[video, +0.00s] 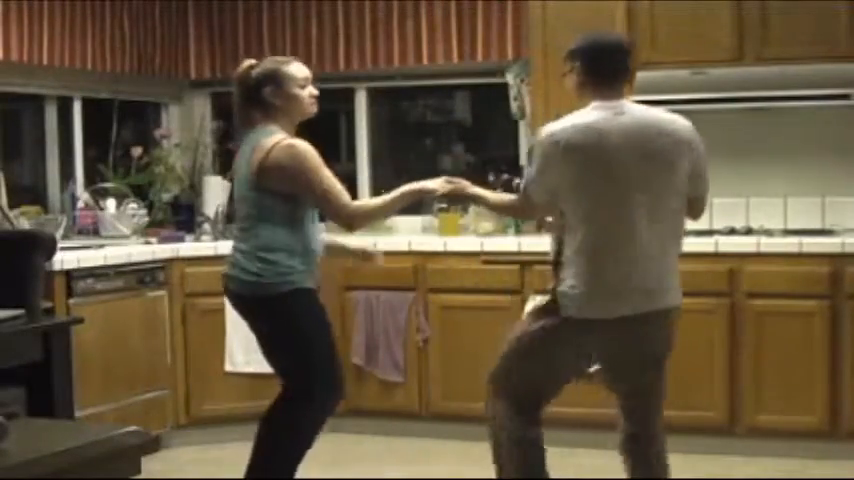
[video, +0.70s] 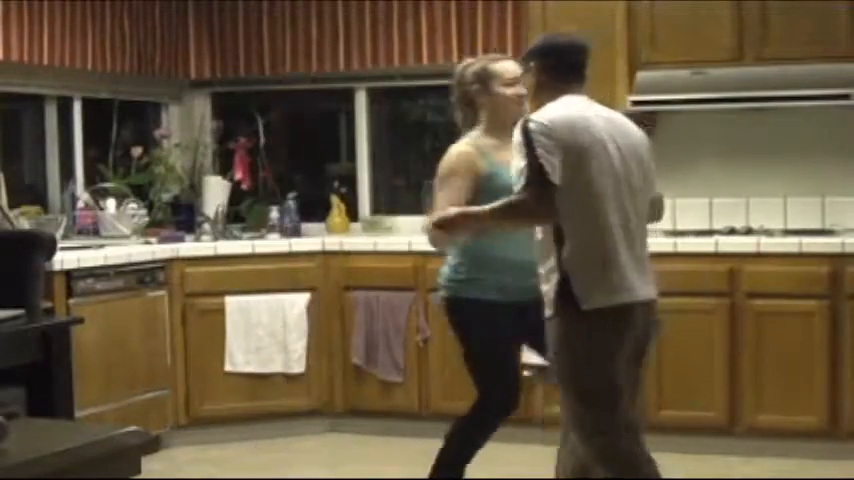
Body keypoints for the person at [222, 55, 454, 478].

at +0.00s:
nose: (315, 91)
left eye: (312, 83)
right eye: (304, 85)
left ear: (272, 97)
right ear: (274, 95)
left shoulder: (256, 144)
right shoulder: (292, 151)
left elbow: (283, 221)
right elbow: (350, 214)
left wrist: (347, 242)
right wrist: (416, 191)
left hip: (254, 281)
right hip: (279, 287)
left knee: (302, 386)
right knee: (322, 389)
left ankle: (261, 473)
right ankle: (269, 474)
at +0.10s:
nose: (330, 85)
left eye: (327, 76)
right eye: (319, 78)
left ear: (291, 89)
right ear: (288, 87)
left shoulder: (285, 141)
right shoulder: (295, 143)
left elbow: (313, 224)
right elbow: (357, 204)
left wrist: (386, 226)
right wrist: (426, 182)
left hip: (274, 276)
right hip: (284, 279)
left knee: (299, 379)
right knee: (347, 378)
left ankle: (252, 474)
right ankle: (304, 472)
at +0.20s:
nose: (352, 84)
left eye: (349, 77)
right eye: (340, 78)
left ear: (328, 89)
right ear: (309, 88)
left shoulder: (340, 140)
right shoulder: (308, 146)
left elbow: (364, 216)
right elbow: (368, 205)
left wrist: (423, 215)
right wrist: (442, 187)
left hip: (318, 280)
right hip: (295, 281)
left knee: (303, 383)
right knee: (362, 375)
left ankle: (246, 472)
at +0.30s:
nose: (381, 93)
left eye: (378, 86)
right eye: (370, 87)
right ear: (339, 98)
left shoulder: (379, 153)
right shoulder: (333, 158)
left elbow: (401, 219)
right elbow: (395, 218)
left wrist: (477, 204)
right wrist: (470, 201)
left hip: (355, 291)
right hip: (327, 291)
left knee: (314, 392)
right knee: (397, 378)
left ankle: (247, 471)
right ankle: (425, 474)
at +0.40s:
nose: (416, 96)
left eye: (414, 89)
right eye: (405, 90)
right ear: (374, 102)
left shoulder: (417, 156)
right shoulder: (368, 161)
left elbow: (442, 220)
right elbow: (419, 224)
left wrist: (496, 203)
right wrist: (496, 208)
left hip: (400, 293)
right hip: (369, 294)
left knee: (381, 398)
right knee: (443, 384)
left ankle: (283, 451)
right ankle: (437, 475)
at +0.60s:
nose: (489, 91)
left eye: (489, 83)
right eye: (477, 84)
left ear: (489, 92)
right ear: (446, 95)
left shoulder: (497, 148)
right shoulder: (435, 153)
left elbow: (535, 195)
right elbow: (439, 227)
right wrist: (494, 217)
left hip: (485, 289)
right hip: (437, 291)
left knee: (544, 378)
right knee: (480, 393)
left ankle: (523, 471)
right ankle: (437, 473)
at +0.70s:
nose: (523, 91)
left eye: (523, 82)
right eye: (512, 84)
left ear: (525, 90)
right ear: (480, 95)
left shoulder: (527, 146)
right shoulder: (464, 154)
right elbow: (441, 231)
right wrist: (503, 214)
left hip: (527, 288)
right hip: (475, 291)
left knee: (585, 376)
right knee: (499, 397)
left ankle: (584, 468)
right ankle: (444, 471)